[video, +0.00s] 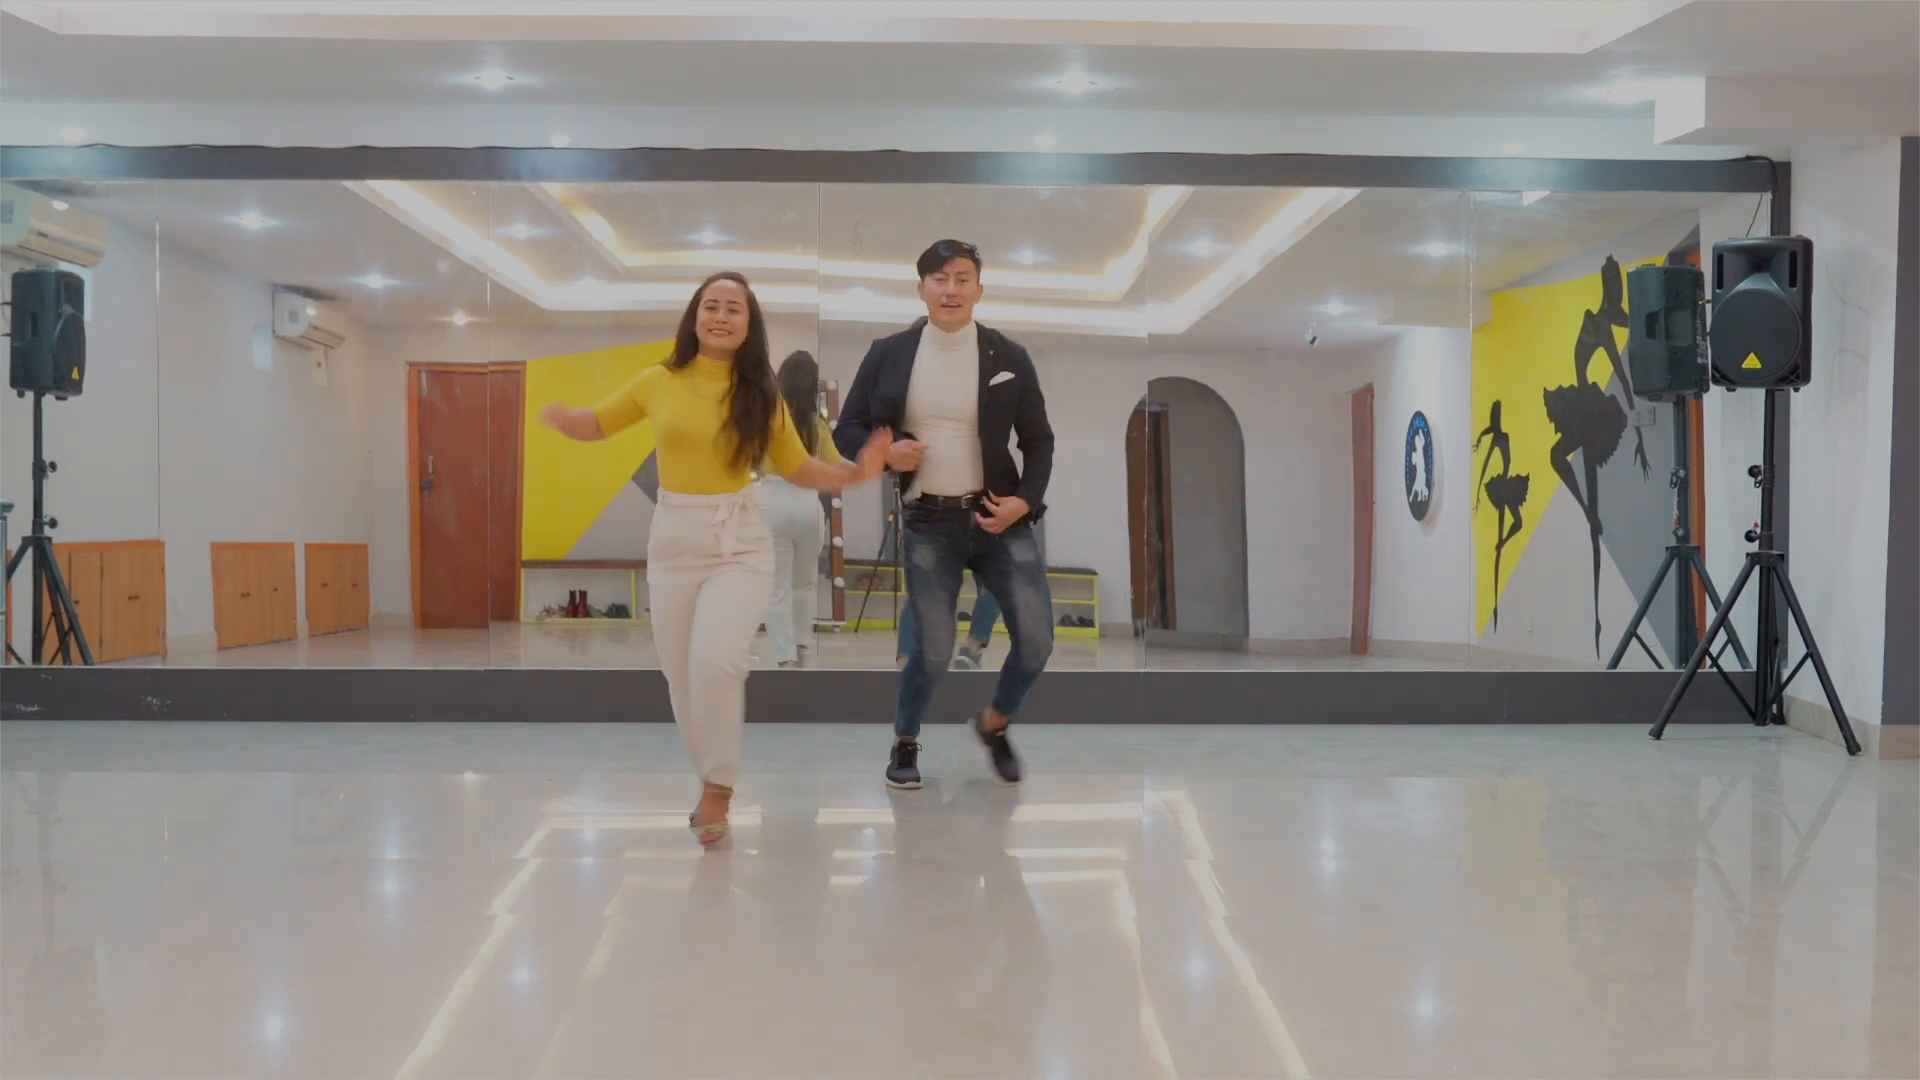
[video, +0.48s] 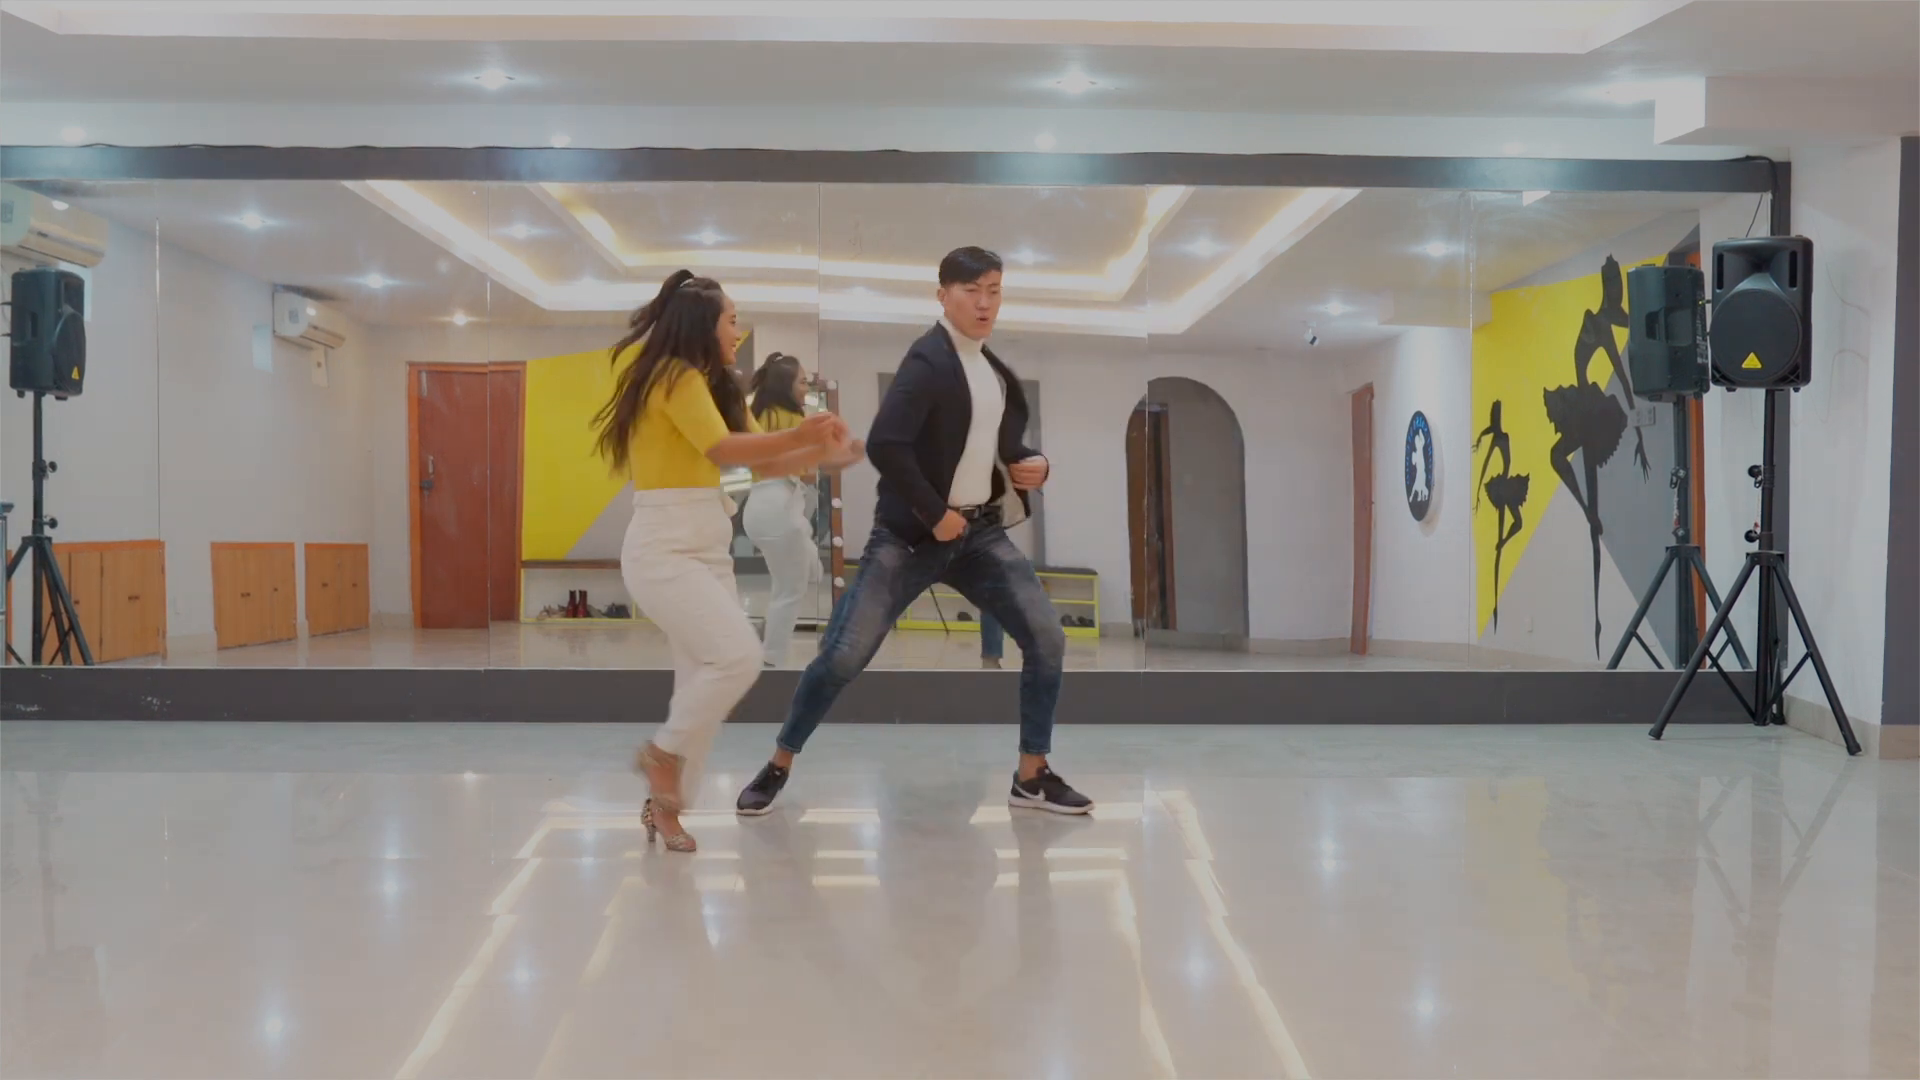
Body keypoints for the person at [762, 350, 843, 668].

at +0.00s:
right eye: (813, 377)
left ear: (781, 379)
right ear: (814, 382)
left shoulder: (768, 414)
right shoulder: (816, 421)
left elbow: (751, 462)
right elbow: (835, 463)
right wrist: (855, 471)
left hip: (770, 497)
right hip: (807, 499)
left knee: (778, 587)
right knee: (806, 582)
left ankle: (784, 657)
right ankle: (802, 644)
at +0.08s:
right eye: (810, 378)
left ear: (779, 381)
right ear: (812, 383)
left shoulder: (765, 416)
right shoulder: (816, 422)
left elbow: (751, 463)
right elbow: (830, 461)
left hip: (767, 498)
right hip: (806, 500)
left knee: (776, 586)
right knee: (799, 582)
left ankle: (784, 653)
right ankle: (781, 643)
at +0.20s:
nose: (810, 388)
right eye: (809, 383)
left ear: (777, 388)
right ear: (806, 389)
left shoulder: (765, 420)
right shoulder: (810, 425)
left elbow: (750, 461)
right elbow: (831, 460)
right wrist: (833, 423)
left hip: (763, 496)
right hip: (800, 499)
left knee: (763, 590)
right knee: (791, 592)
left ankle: (761, 638)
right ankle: (776, 658)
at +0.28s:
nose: (809, 386)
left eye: (806, 379)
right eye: (805, 381)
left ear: (773, 385)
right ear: (798, 387)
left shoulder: (762, 419)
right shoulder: (805, 424)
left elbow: (754, 457)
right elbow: (832, 457)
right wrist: (831, 420)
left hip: (759, 498)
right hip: (794, 501)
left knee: (763, 587)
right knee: (793, 592)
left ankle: (750, 636)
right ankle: (775, 661)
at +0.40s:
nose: (806, 381)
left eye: (804, 374)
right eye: (801, 374)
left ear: (769, 380)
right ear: (786, 378)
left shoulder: (754, 415)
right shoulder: (793, 416)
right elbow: (821, 452)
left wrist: (825, 434)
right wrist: (840, 436)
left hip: (757, 502)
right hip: (782, 505)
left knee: (787, 577)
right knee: (796, 586)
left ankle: (757, 624)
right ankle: (777, 660)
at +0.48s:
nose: (806, 387)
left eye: (805, 380)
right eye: (801, 381)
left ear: (771, 384)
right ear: (785, 385)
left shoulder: (757, 413)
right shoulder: (789, 418)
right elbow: (804, 468)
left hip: (760, 500)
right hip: (779, 504)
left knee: (811, 572)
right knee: (789, 588)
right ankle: (774, 661)